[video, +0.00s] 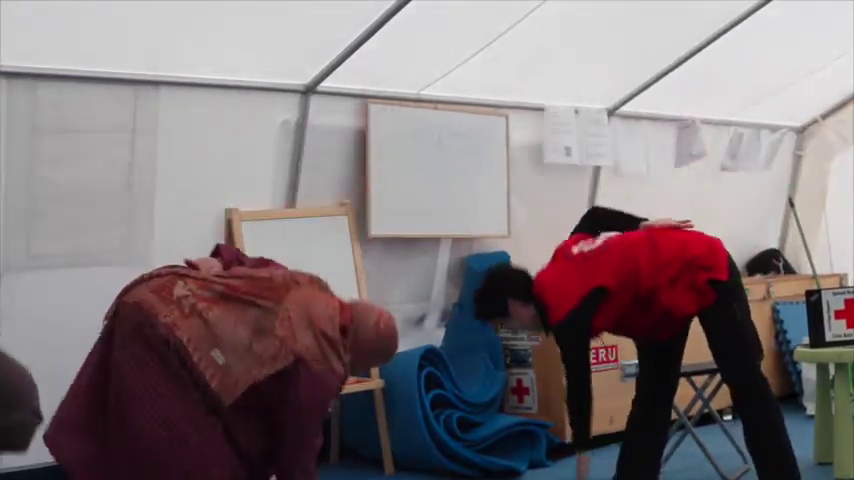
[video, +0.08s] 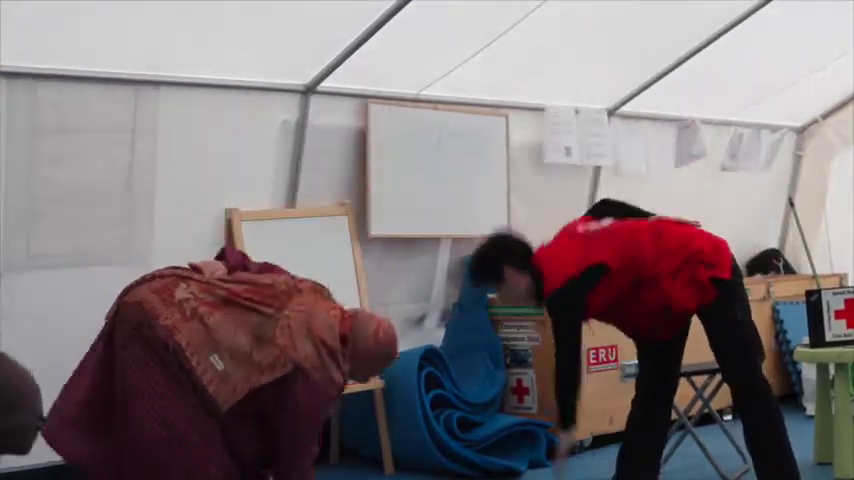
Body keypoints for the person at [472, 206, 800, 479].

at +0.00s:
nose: (512, 328)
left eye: (506, 320)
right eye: (505, 323)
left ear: (516, 304)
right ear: (519, 295)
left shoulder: (566, 311)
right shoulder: (561, 262)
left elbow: (579, 387)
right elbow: (594, 215)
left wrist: (582, 456)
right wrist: (646, 226)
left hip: (705, 268)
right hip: (660, 293)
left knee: (747, 385)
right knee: (652, 399)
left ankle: (780, 470)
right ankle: (635, 472)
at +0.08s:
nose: (504, 295)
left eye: (501, 284)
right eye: (497, 288)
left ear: (517, 269)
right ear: (518, 265)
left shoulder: (562, 282)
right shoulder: (558, 249)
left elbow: (568, 359)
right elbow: (606, 206)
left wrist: (567, 427)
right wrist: (662, 226)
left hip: (706, 268)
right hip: (659, 291)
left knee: (746, 381)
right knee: (652, 400)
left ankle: (780, 473)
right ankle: (635, 475)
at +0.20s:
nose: (497, 238)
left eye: (497, 226)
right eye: (493, 230)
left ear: (517, 212)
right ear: (517, 214)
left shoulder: (566, 229)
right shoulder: (556, 231)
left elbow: (558, 311)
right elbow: (556, 311)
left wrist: (545, 380)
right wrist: (545, 374)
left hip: (707, 270)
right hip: (657, 290)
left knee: (746, 385)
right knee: (648, 400)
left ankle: (777, 475)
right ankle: (633, 476)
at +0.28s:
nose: (504, 193)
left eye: (507, 181)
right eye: (500, 184)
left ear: (531, 170)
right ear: (528, 174)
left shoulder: (573, 191)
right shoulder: (557, 202)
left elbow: (557, 274)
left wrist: (536, 341)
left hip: (703, 270)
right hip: (650, 289)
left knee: (744, 386)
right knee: (645, 403)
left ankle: (777, 473)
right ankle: (631, 474)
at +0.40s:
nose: (525, 139)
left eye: (529, 127)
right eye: (522, 131)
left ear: (557, 117)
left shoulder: (596, 144)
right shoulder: (574, 178)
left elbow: (580, 216)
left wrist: (547, 283)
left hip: (696, 269)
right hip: (644, 286)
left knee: (739, 387)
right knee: (638, 402)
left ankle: (775, 473)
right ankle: (628, 474)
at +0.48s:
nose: (543, 113)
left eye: (547, 102)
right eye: (540, 106)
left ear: (577, 95)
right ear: (569, 102)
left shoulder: (616, 125)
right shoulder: (578, 169)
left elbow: (604, 190)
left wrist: (574, 251)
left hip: (689, 270)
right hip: (638, 287)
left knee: (736, 387)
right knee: (634, 406)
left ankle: (774, 475)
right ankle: (627, 476)